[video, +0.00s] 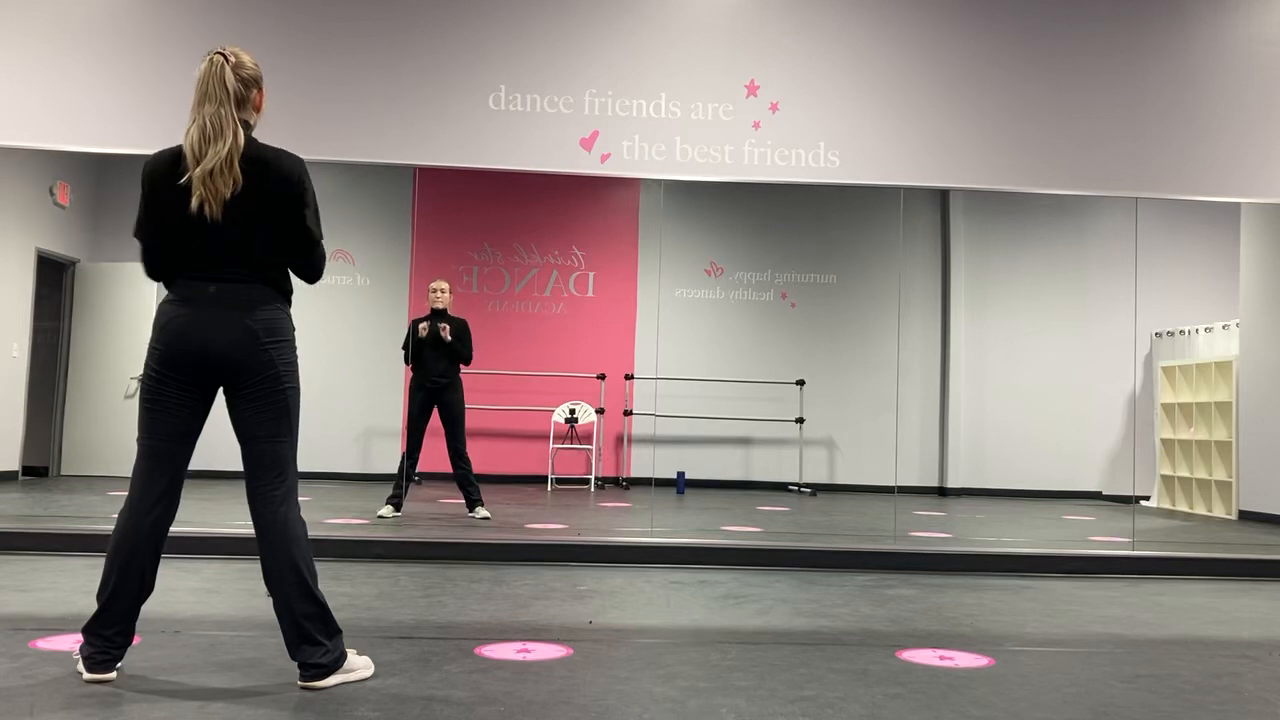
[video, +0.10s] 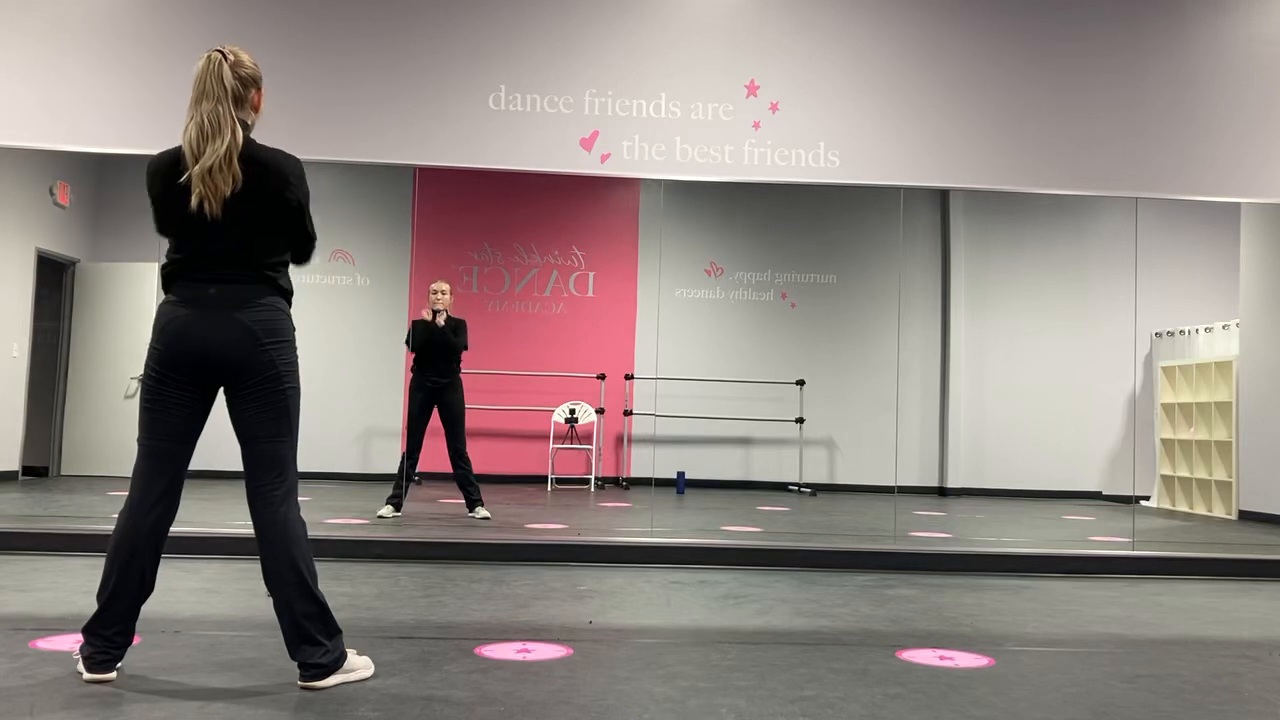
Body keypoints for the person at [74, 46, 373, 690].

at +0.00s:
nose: (266, 102)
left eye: (263, 92)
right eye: (264, 94)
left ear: (200, 96)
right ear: (253, 99)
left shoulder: (162, 168)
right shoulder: (285, 171)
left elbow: (154, 265)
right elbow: (311, 266)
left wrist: (207, 252)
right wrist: (271, 228)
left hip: (179, 326)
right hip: (260, 329)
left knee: (150, 488)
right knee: (274, 494)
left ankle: (101, 649)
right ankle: (319, 656)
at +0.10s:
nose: (266, 101)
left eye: (262, 90)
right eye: (263, 92)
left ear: (199, 95)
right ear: (251, 97)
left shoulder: (164, 168)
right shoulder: (282, 169)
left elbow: (170, 231)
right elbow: (303, 247)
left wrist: (235, 224)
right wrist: (245, 228)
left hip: (180, 322)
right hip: (259, 323)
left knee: (151, 487)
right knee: (274, 493)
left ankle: (101, 648)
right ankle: (319, 656)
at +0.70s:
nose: (265, 97)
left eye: (258, 87)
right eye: (263, 87)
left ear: (198, 93)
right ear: (254, 96)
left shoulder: (176, 143)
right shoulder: (276, 141)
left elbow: (186, 63)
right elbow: (289, 54)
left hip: (184, 319)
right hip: (262, 319)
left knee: (152, 488)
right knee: (276, 494)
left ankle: (102, 647)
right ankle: (318, 655)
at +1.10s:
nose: (267, 99)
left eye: (255, 87)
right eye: (263, 88)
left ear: (201, 95)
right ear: (257, 97)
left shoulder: (179, 148)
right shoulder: (279, 146)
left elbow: (155, 65)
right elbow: (322, 65)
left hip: (183, 319)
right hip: (262, 319)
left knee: (152, 487)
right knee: (275, 493)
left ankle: (102, 647)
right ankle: (318, 656)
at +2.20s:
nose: (264, 101)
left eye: (260, 93)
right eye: (262, 93)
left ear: (199, 98)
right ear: (252, 98)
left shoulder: (166, 163)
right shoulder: (280, 163)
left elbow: (77, 176)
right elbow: (370, 177)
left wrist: (3, 176)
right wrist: (468, 178)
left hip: (180, 318)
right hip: (258, 318)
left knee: (150, 489)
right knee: (274, 492)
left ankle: (101, 649)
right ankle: (319, 656)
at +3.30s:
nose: (258, 101)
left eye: (254, 91)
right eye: (256, 92)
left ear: (194, 94)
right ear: (246, 96)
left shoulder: (155, 166)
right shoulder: (278, 164)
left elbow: (143, 268)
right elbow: (293, 265)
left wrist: (124, 347)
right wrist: (299, 345)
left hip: (165, 327)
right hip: (252, 328)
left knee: (148, 490)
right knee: (271, 497)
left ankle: (102, 649)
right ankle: (317, 655)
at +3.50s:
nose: (256, 102)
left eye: (253, 92)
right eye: (254, 93)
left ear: (191, 94)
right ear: (245, 97)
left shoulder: (153, 164)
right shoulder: (276, 163)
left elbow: (147, 255)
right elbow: (297, 260)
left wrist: (176, 298)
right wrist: (256, 302)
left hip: (165, 323)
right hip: (249, 323)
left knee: (139, 488)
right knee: (280, 493)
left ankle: (97, 649)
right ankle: (321, 656)